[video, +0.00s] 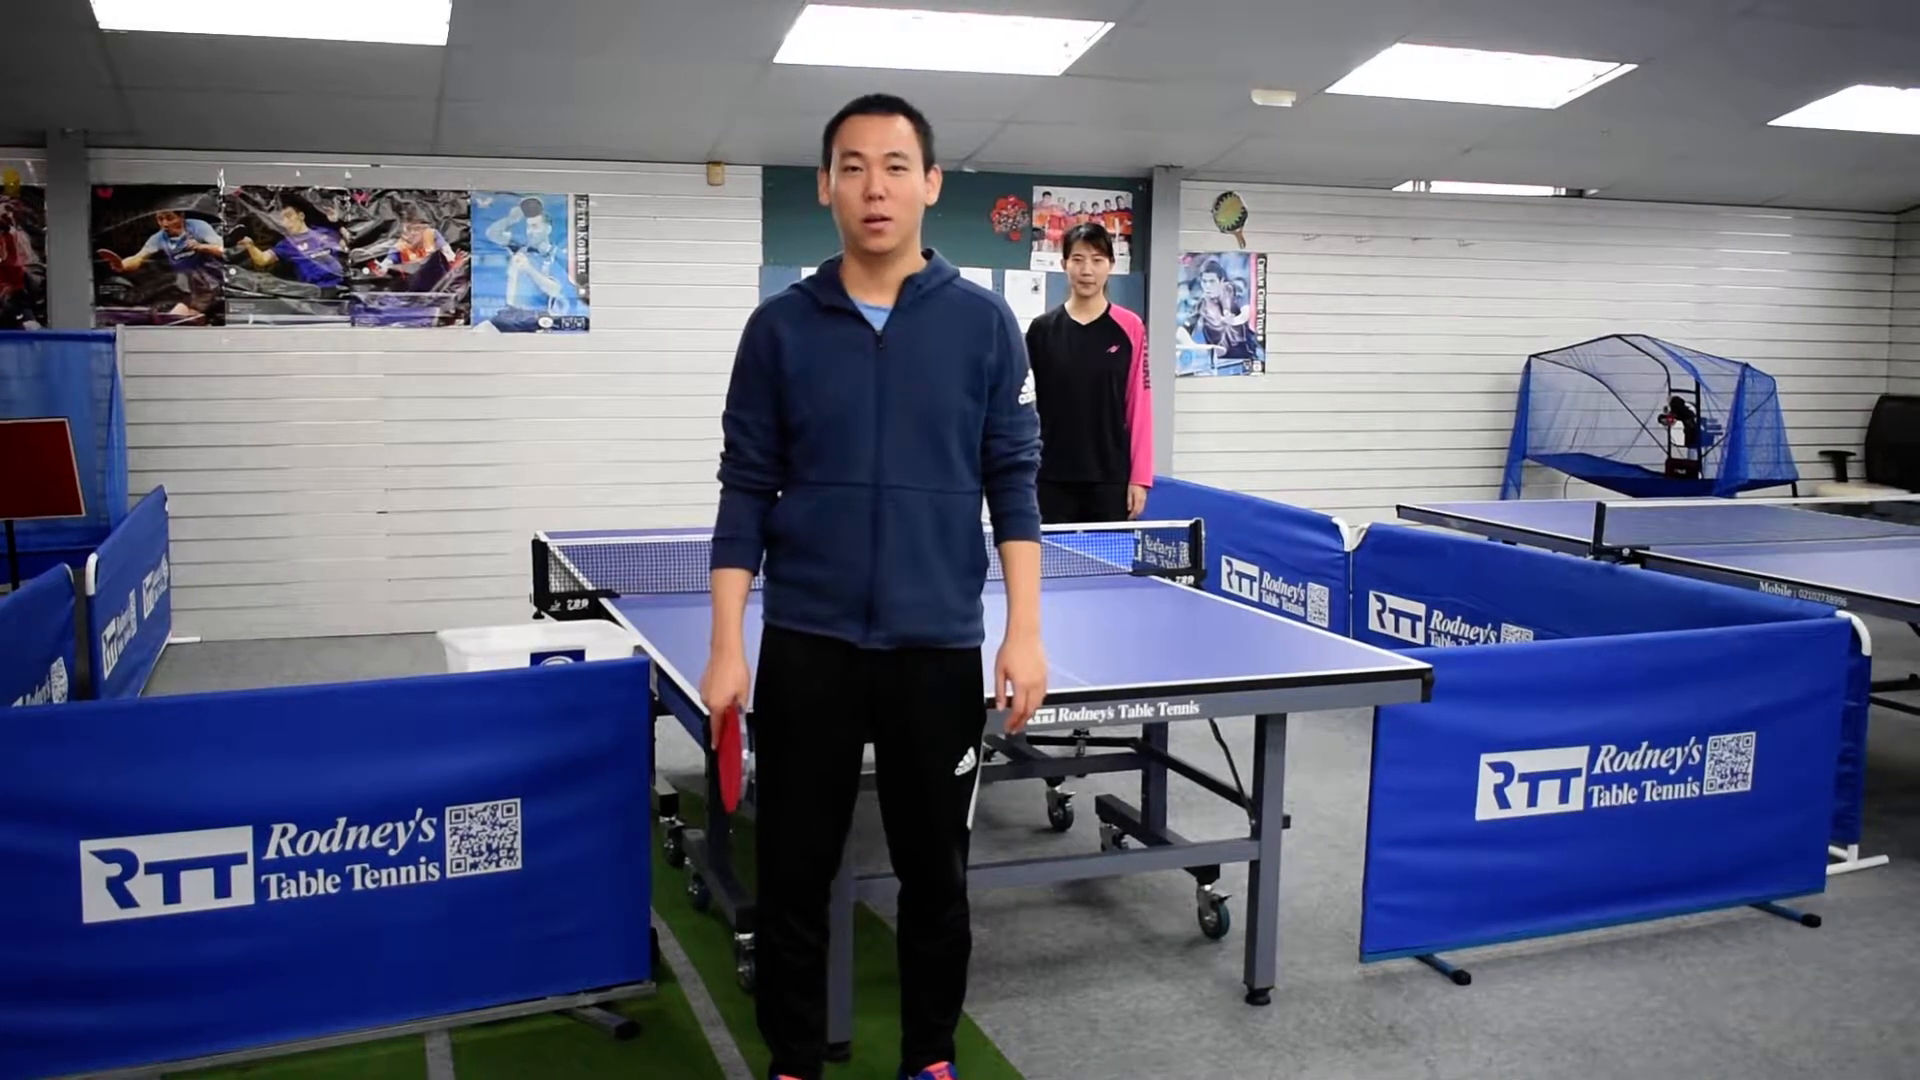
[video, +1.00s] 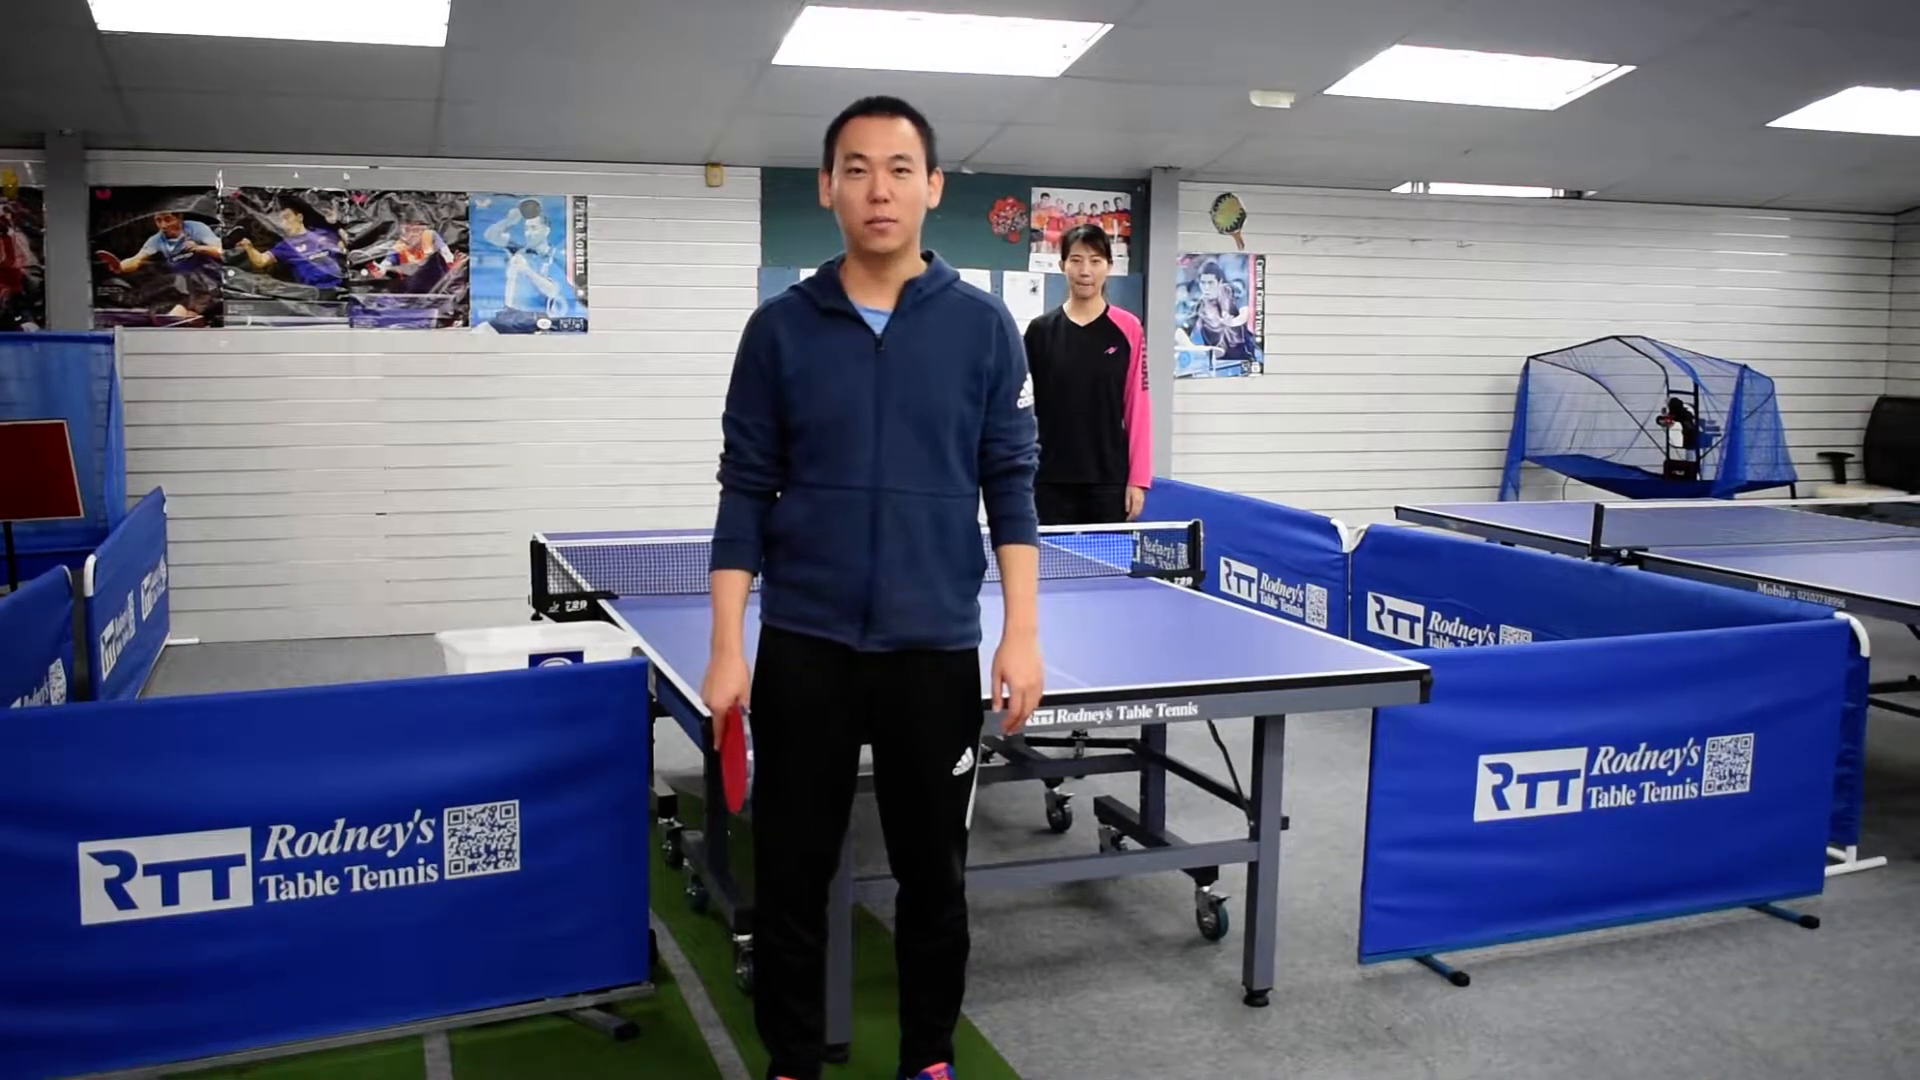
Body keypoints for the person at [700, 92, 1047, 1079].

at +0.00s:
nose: (874, 187)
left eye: (896, 167)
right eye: (853, 167)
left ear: (929, 188)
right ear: (827, 189)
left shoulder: (983, 324)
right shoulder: (780, 326)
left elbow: (1014, 481)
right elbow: (743, 486)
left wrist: (1025, 630)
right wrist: (726, 644)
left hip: (937, 645)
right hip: (808, 643)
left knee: (934, 874)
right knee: (792, 875)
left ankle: (931, 1059)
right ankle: (792, 1061)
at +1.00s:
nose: (877, 188)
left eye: (899, 169)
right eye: (856, 169)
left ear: (932, 190)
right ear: (829, 191)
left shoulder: (983, 327)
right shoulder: (780, 327)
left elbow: (1012, 485)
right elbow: (743, 488)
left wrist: (1022, 632)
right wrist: (726, 645)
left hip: (933, 645)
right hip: (805, 643)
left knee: (932, 874)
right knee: (790, 875)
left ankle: (930, 1060)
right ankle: (792, 1061)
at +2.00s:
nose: (870, 189)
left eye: (892, 169)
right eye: (849, 170)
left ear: (927, 190)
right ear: (824, 193)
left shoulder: (980, 327)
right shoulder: (778, 329)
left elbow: (1011, 486)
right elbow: (742, 490)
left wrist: (1021, 633)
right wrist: (729, 649)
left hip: (933, 645)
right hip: (805, 643)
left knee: (931, 875)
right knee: (790, 875)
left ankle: (929, 1061)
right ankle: (791, 1062)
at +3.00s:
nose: (866, 185)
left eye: (888, 165)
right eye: (844, 166)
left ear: (924, 188)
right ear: (820, 192)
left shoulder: (979, 327)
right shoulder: (776, 330)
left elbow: (1011, 485)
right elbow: (740, 490)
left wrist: (1020, 633)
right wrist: (727, 649)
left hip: (932, 645)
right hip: (804, 644)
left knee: (930, 874)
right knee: (789, 875)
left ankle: (929, 1060)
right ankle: (791, 1062)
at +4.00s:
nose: (867, 193)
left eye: (888, 172)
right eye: (846, 174)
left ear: (923, 189)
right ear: (820, 194)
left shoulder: (977, 326)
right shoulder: (775, 330)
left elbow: (1009, 483)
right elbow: (740, 491)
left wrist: (1020, 632)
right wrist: (728, 651)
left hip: (931, 644)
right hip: (804, 642)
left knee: (930, 871)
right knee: (789, 874)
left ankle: (929, 1061)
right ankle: (791, 1061)